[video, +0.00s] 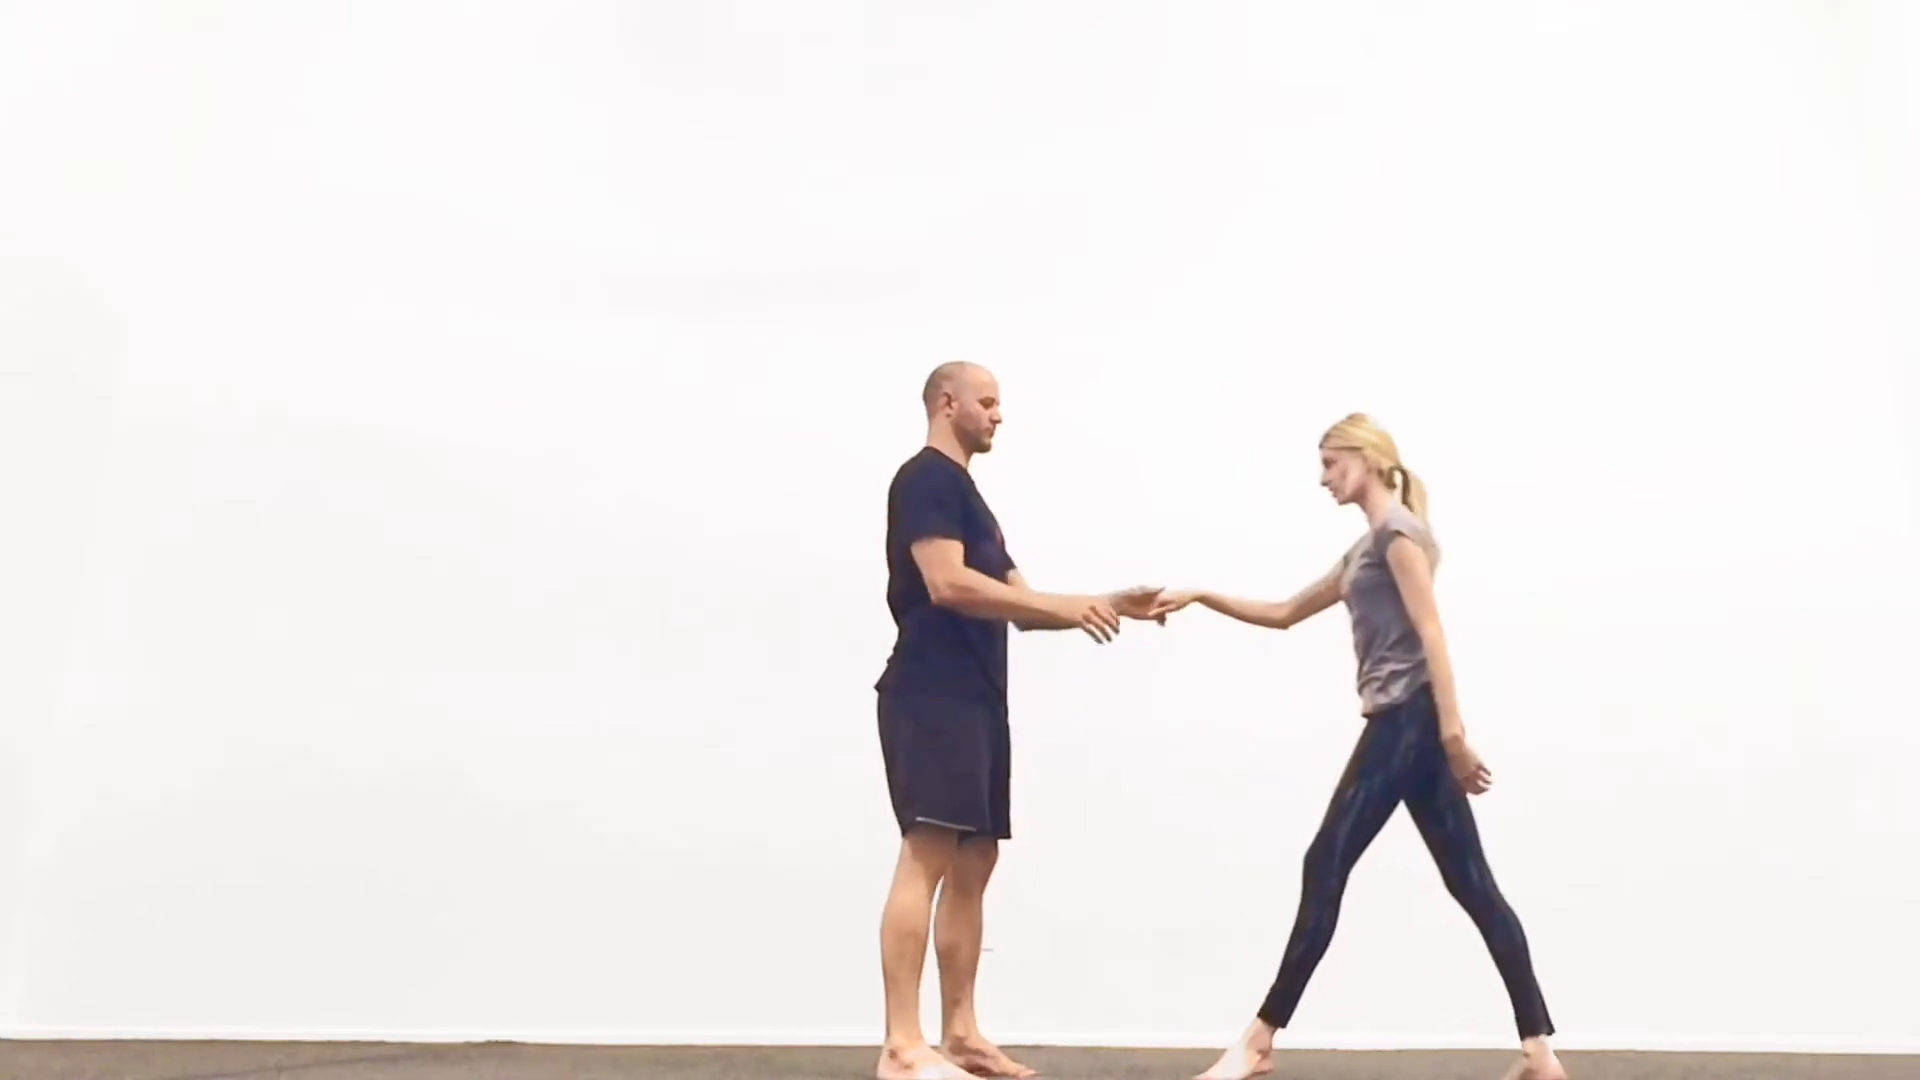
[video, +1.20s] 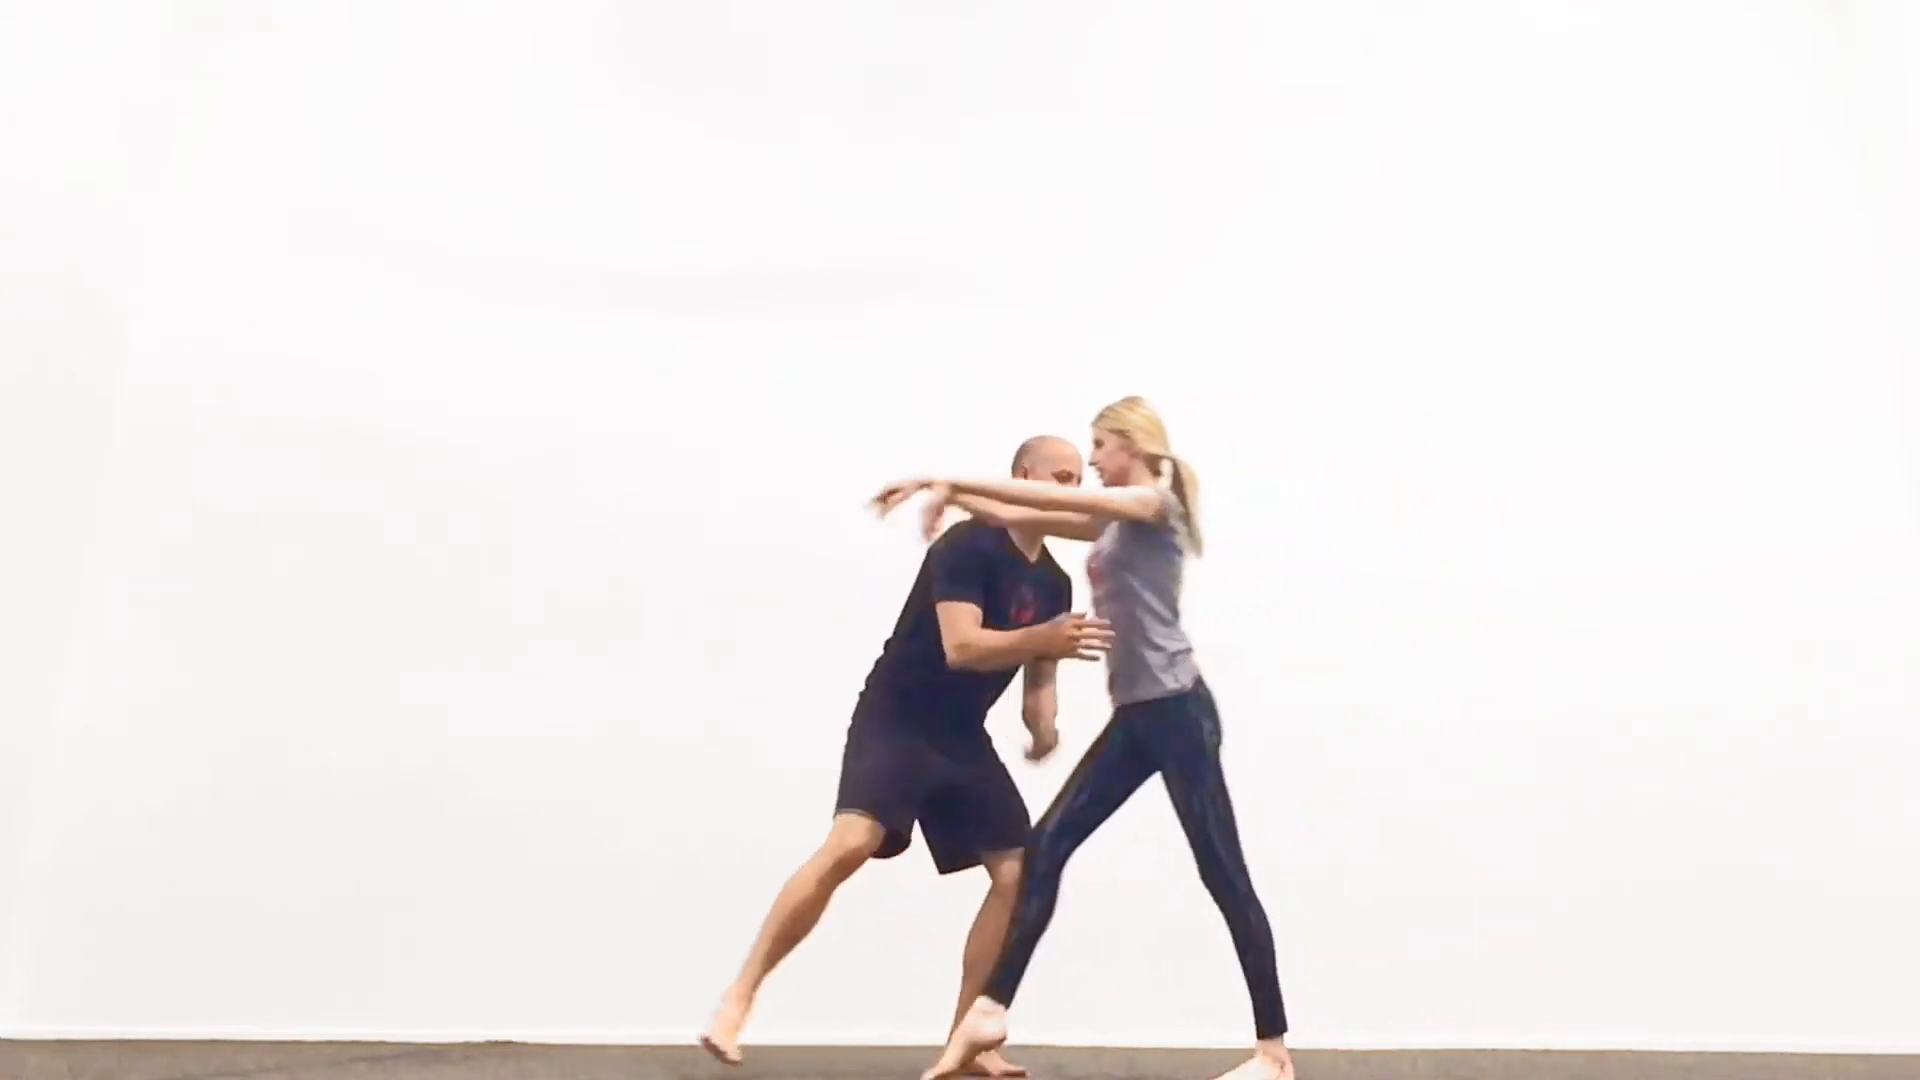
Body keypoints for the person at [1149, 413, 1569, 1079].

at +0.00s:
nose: (1325, 476)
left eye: (1333, 462)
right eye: (1323, 465)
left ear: (1370, 462)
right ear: (1357, 469)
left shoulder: (1397, 535)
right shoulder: (1366, 547)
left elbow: (1431, 632)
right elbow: (1284, 613)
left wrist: (1453, 733)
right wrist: (1196, 593)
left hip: (1402, 719)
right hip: (1414, 720)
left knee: (1326, 863)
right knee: (1475, 886)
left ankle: (1260, 1037)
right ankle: (1539, 1048)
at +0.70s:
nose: (1320, 461)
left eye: (1327, 448)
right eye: (1320, 450)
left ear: (1364, 449)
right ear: (1355, 454)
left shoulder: (1382, 514)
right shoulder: (1345, 527)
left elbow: (1393, 603)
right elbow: (1253, 571)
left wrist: (1368, 696)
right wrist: (1167, 551)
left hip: (1346, 706)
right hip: (1340, 706)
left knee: (1312, 874)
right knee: (1371, 882)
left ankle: (1280, 1051)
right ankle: (1492, 1011)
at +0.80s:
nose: (1281, 456)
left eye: (1289, 444)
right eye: (1282, 445)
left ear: (1323, 448)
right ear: (1319, 449)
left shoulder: (1344, 510)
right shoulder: (1308, 520)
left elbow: (1342, 586)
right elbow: (1217, 565)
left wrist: (1287, 661)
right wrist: (1141, 547)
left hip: (1322, 699)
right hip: (1296, 701)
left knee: (1300, 877)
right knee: (1267, 874)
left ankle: (1279, 1052)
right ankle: (1393, 987)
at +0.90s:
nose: (1240, 451)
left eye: (1247, 438)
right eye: (1240, 440)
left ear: (1282, 440)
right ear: (1272, 446)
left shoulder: (1305, 505)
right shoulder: (1259, 519)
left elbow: (1284, 555)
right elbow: (1171, 550)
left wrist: (1199, 604)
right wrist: (1105, 521)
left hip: (1290, 705)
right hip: (1252, 706)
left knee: (1288, 873)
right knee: (1172, 846)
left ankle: (1279, 1054)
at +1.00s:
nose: (1195, 448)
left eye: (1203, 436)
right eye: (1196, 437)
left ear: (1236, 439)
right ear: (1231, 441)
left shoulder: (1263, 497)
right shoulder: (1221, 510)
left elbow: (1209, 522)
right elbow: (1123, 531)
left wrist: (1110, 540)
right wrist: (1064, 490)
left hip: (1255, 703)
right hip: (1217, 704)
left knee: (1267, 873)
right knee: (1117, 827)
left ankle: (1277, 1049)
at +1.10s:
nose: (1148, 450)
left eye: (1155, 438)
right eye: (1148, 440)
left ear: (1189, 439)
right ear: (1184, 441)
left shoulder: (1212, 495)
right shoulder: (1169, 511)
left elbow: (1129, 499)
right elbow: (1077, 517)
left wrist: (1030, 492)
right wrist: (1007, 484)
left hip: (1221, 704)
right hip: (1177, 708)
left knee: (1247, 871)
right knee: (1083, 830)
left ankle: (1276, 1048)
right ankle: (1039, 997)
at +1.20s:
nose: (1091, 458)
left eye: (1100, 445)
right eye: (1092, 446)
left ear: (1132, 445)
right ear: (1131, 448)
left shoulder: (1155, 499)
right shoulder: (1117, 513)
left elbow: (1054, 500)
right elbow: (1032, 513)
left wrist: (950, 482)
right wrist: (949, 492)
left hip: (1179, 712)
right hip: (1134, 718)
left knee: (1226, 876)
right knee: (1046, 846)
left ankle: (1274, 1047)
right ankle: (992, 1009)